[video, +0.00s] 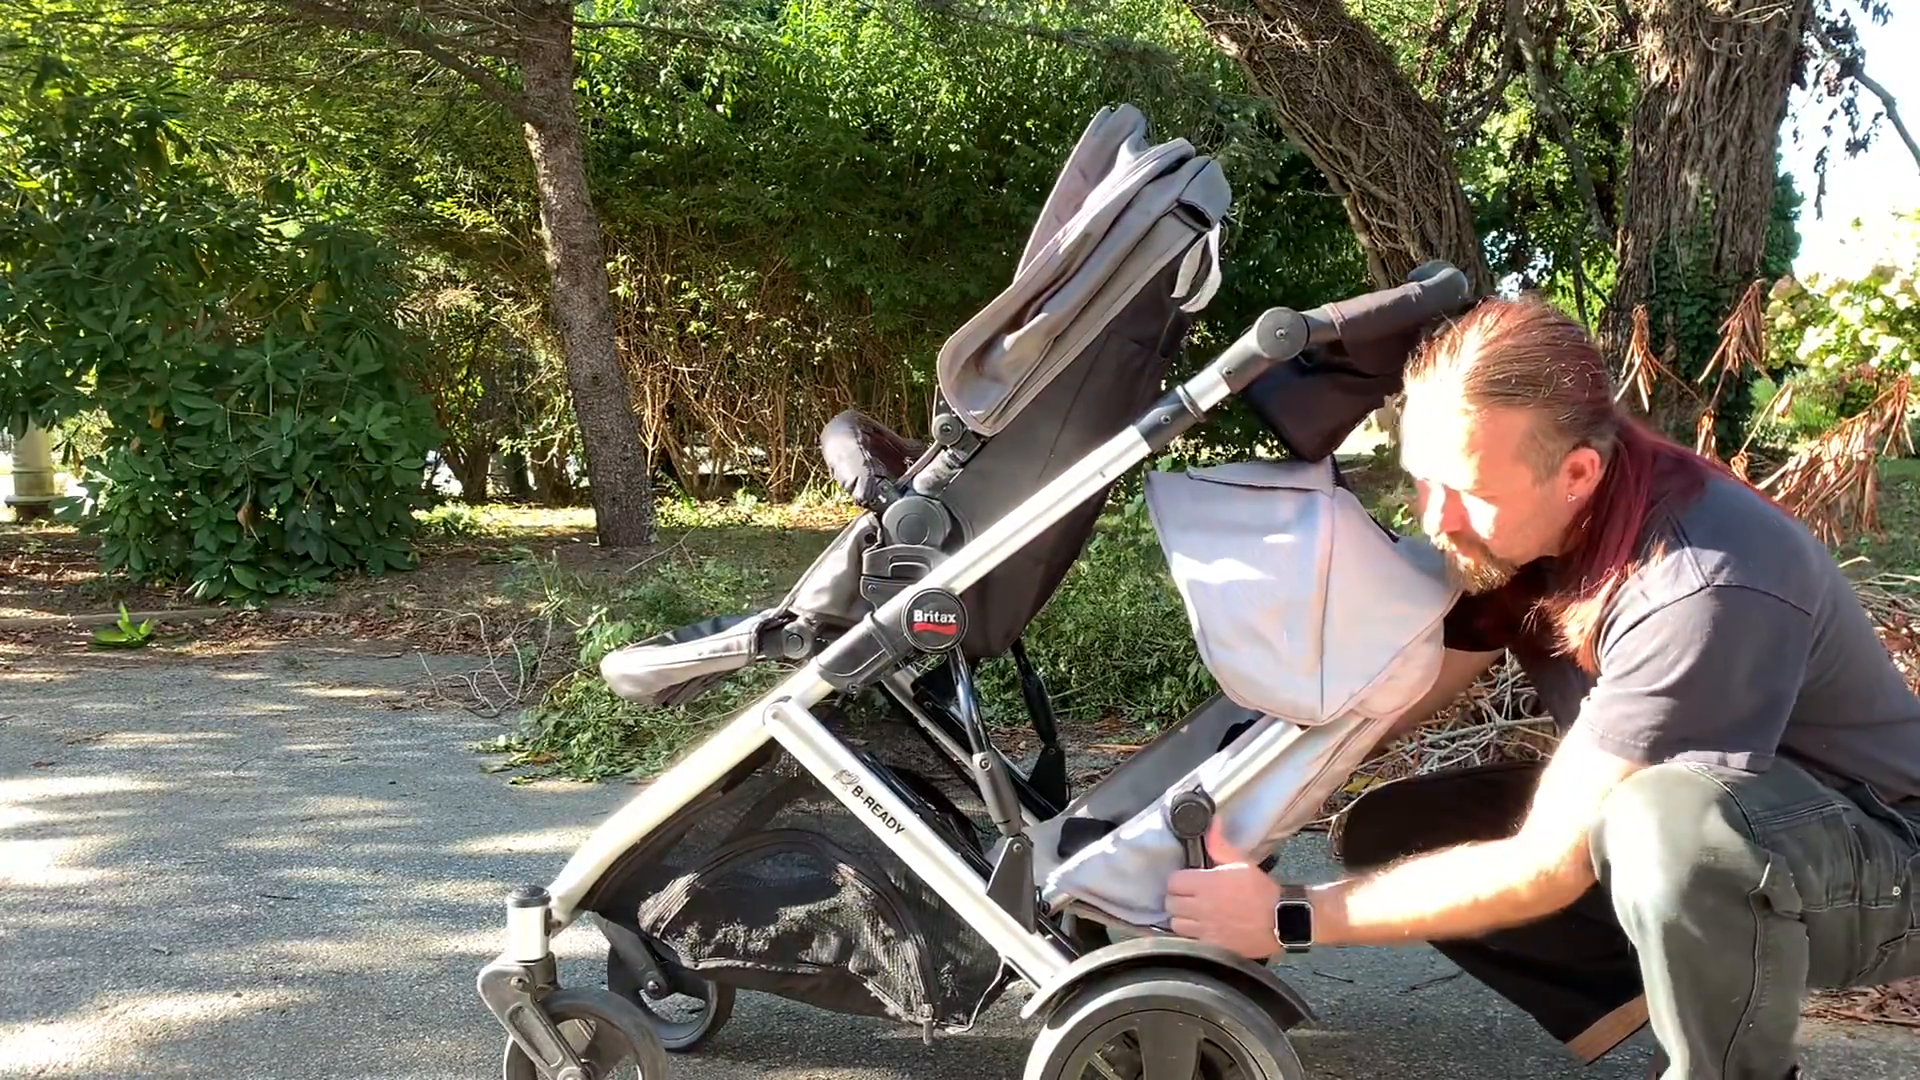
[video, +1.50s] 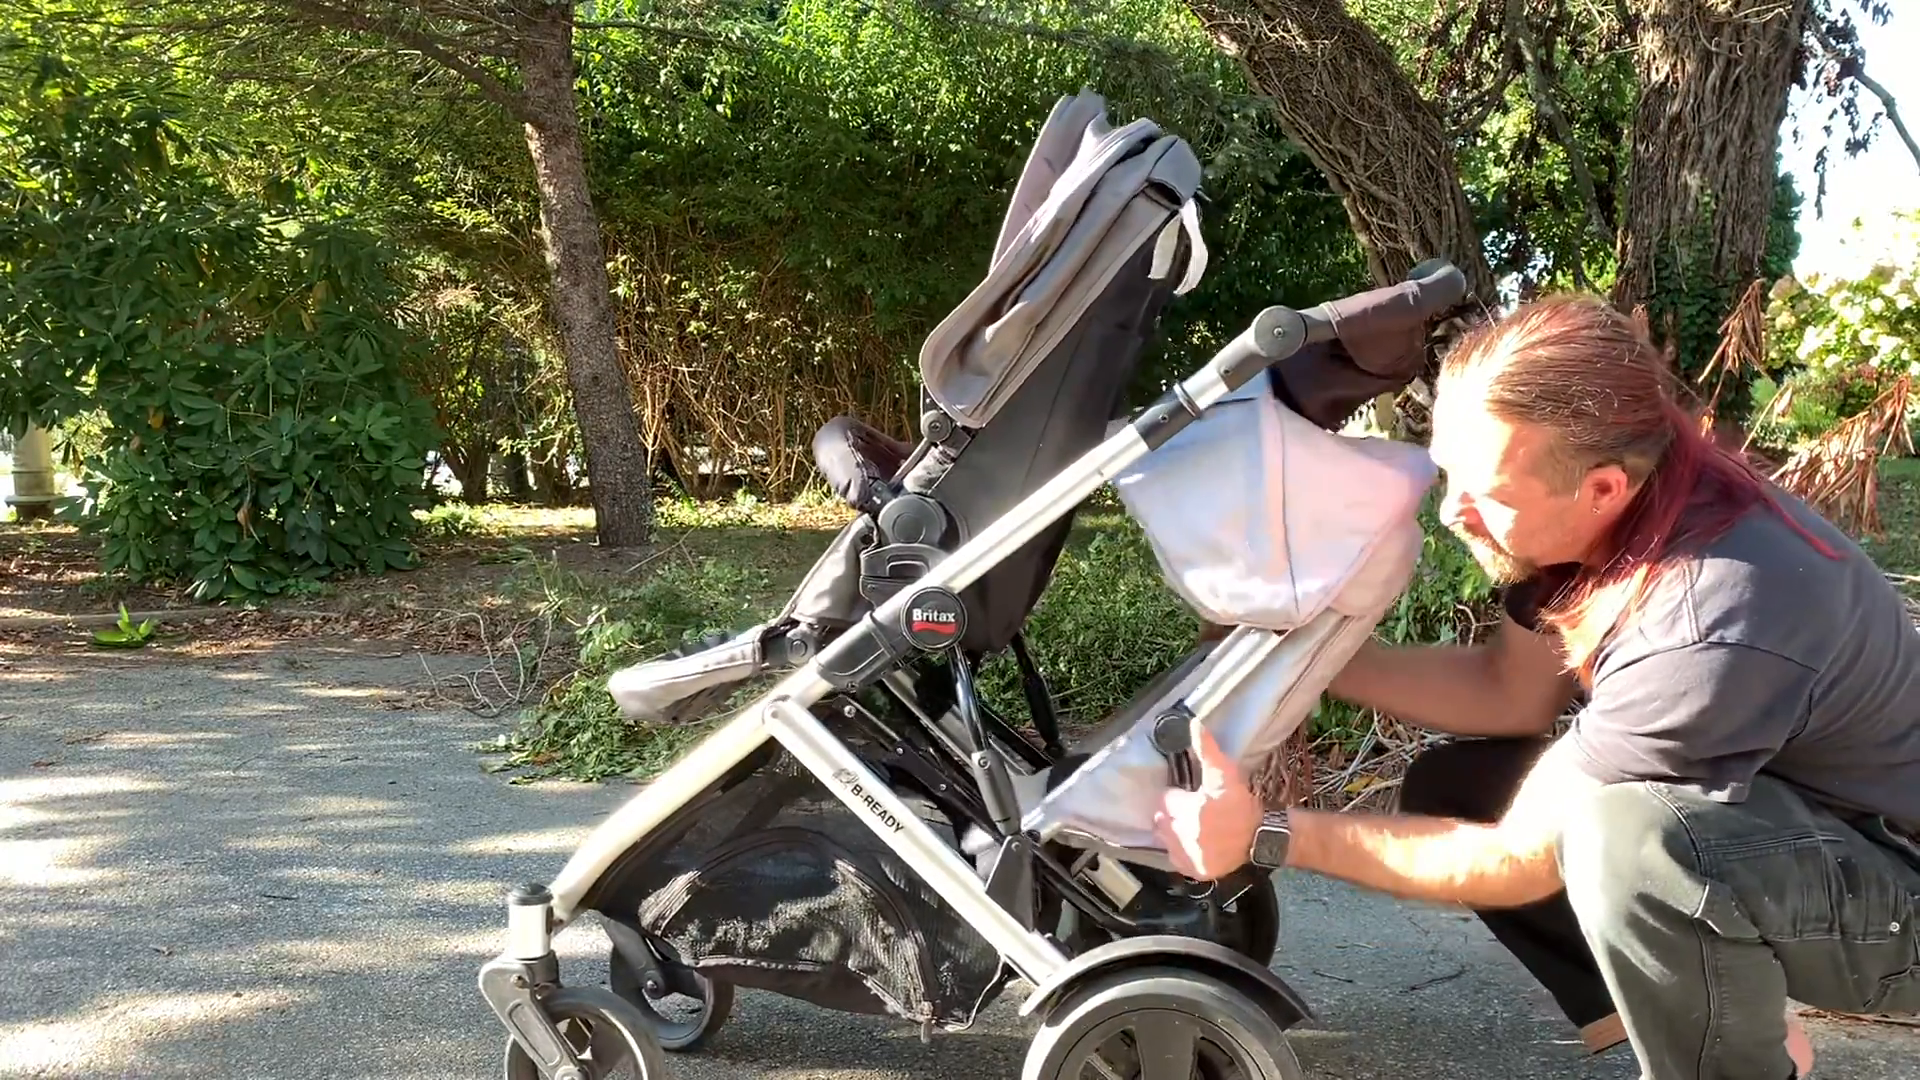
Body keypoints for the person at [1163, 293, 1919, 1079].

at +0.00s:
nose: (1435, 519)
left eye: (1465, 493)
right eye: (1425, 484)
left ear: (1576, 478)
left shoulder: (1704, 584)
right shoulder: (1547, 526)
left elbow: (1546, 867)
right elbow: (1417, 680)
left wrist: (1289, 919)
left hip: (1881, 845)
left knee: (1666, 827)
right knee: (1392, 833)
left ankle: (1722, 1060)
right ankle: (1649, 1038)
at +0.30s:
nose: (1462, 516)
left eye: (1496, 490)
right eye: (1454, 479)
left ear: (1609, 476)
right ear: (1438, 448)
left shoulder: (1735, 597)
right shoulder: (1553, 522)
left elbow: (1560, 858)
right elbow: (1377, 681)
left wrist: (1306, 871)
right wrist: (1225, 779)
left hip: (1881, 856)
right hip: (1696, 793)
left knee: (1669, 830)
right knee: (1399, 825)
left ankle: (1726, 1065)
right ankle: (1657, 1033)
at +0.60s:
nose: (1487, 489)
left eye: (1522, 468)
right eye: (1484, 454)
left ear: (1636, 470)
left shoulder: (1752, 608)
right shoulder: (1566, 511)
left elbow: (1567, 842)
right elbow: (1469, 670)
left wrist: (1319, 837)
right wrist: (1285, 668)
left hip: (1883, 859)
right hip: (1694, 802)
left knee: (1666, 831)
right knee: (1384, 836)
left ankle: (1724, 1068)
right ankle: (1670, 1032)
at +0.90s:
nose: (1490, 502)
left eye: (1524, 483)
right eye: (1487, 467)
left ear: (1641, 482)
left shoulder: (1754, 624)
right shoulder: (1593, 507)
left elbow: (1558, 849)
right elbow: (1500, 660)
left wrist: (1316, 830)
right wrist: (1301, 627)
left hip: (1891, 864)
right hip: (1729, 799)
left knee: (1657, 834)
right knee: (1402, 813)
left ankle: (1718, 1065)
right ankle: (1663, 1022)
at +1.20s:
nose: (1480, 507)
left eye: (1510, 488)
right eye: (1476, 475)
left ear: (1631, 484)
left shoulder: (1746, 627)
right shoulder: (1606, 516)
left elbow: (1556, 854)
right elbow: (1519, 678)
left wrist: (1316, 827)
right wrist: (1311, 628)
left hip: (1898, 879)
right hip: (1772, 809)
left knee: (1647, 840)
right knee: (1433, 798)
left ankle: (1726, 1066)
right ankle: (1675, 1028)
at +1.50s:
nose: (1461, 516)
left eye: (1490, 498)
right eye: (1459, 484)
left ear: (1605, 494)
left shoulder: (1722, 622)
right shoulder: (1585, 523)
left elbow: (1514, 864)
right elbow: (1512, 691)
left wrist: (1271, 833)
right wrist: (1313, 654)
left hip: (1896, 874)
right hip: (1792, 806)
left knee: (1635, 838)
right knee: (1454, 783)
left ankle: (1747, 1059)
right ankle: (1677, 1033)